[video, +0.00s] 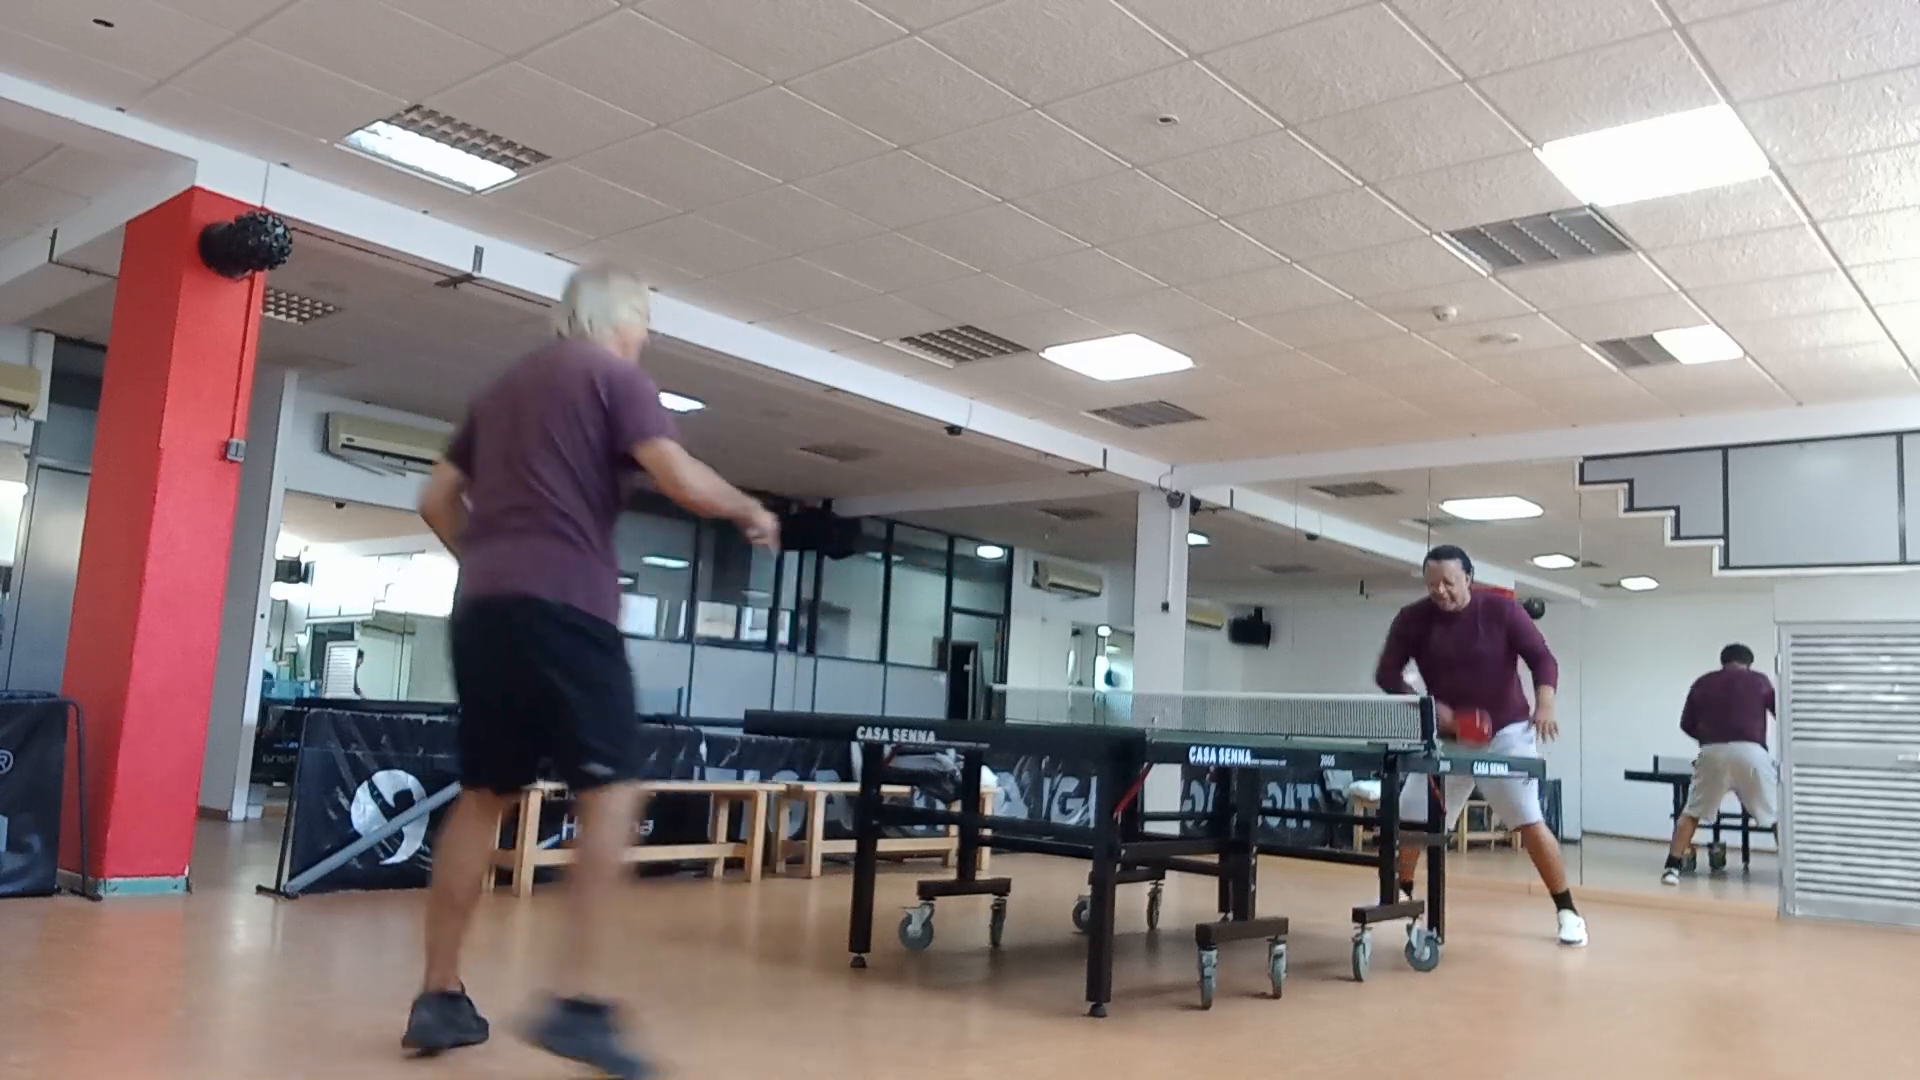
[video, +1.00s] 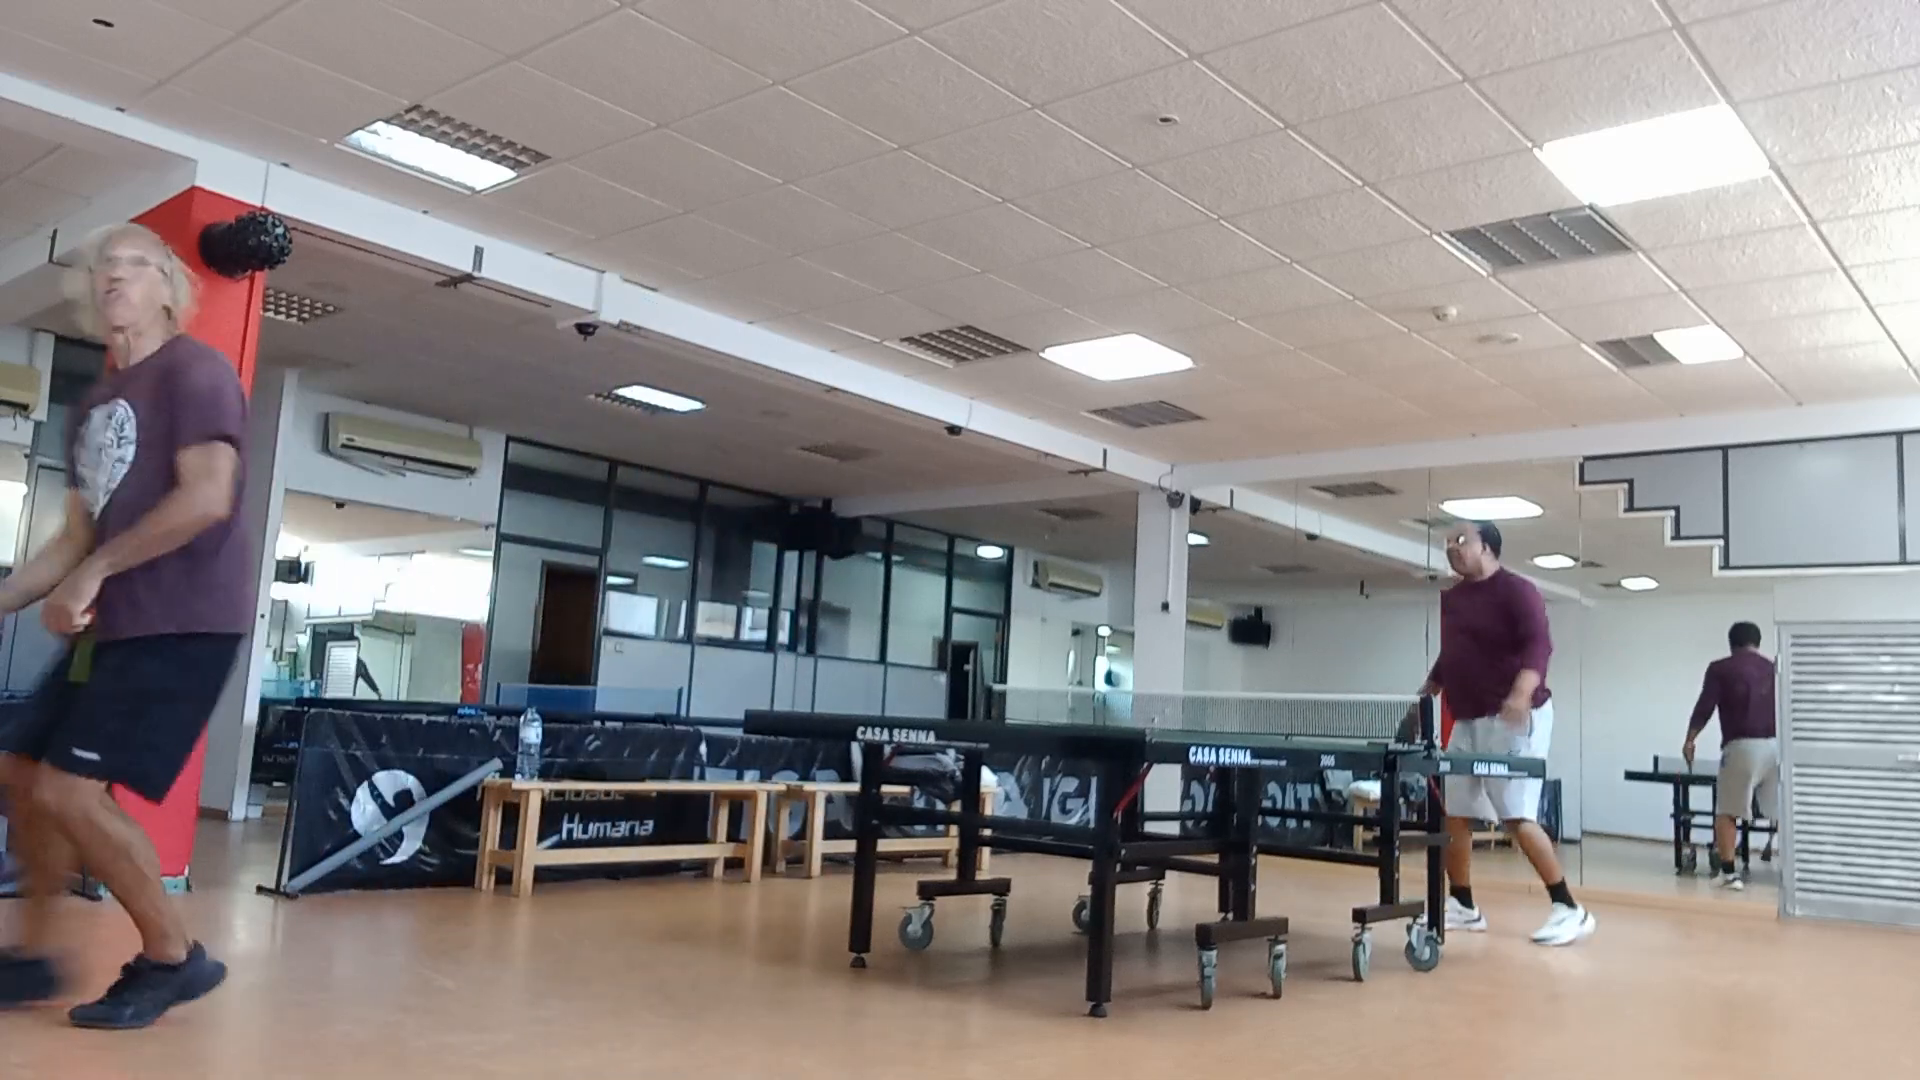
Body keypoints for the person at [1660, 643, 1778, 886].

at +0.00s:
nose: (1749, 669)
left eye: (1746, 667)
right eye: (1749, 666)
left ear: (1722, 662)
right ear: (1749, 664)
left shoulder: (1703, 682)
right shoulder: (1759, 681)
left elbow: (1687, 724)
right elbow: (1782, 713)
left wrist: (1711, 738)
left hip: (1712, 752)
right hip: (1751, 752)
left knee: (1691, 812)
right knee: (1777, 817)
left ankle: (1672, 867)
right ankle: (1794, 875)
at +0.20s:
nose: (1734, 667)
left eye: (1734, 665)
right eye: (1733, 664)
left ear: (1706, 661)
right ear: (1730, 661)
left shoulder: (1690, 677)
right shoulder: (1732, 671)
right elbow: (1763, 684)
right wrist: (1780, 695)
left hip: (1699, 750)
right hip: (1734, 748)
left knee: (1689, 812)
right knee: (1772, 812)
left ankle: (1670, 868)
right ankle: (1792, 867)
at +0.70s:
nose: (1751, 653)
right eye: (1752, 650)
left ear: (1725, 647)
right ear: (1752, 648)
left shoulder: (1706, 672)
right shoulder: (1765, 671)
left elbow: (1689, 713)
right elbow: (1788, 703)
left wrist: (1676, 744)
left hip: (1721, 749)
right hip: (1759, 748)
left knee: (1700, 811)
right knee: (1778, 810)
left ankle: (1677, 864)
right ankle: (1786, 861)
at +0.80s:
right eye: (1754, 646)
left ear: (1730, 644)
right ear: (1756, 645)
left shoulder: (1713, 668)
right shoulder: (1772, 668)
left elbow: (1697, 710)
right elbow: (1787, 707)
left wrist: (1684, 745)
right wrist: (1790, 744)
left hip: (1729, 746)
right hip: (1767, 746)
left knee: (1710, 808)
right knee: (1781, 807)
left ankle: (1697, 861)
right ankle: (1780, 851)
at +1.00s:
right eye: (1755, 646)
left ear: (1731, 644)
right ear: (1758, 644)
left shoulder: (1719, 668)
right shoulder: (1773, 668)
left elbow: (1705, 706)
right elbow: (1787, 704)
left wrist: (1690, 738)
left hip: (1741, 750)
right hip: (1776, 747)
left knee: (1726, 813)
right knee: (1781, 814)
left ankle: (1729, 873)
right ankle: (1792, 868)